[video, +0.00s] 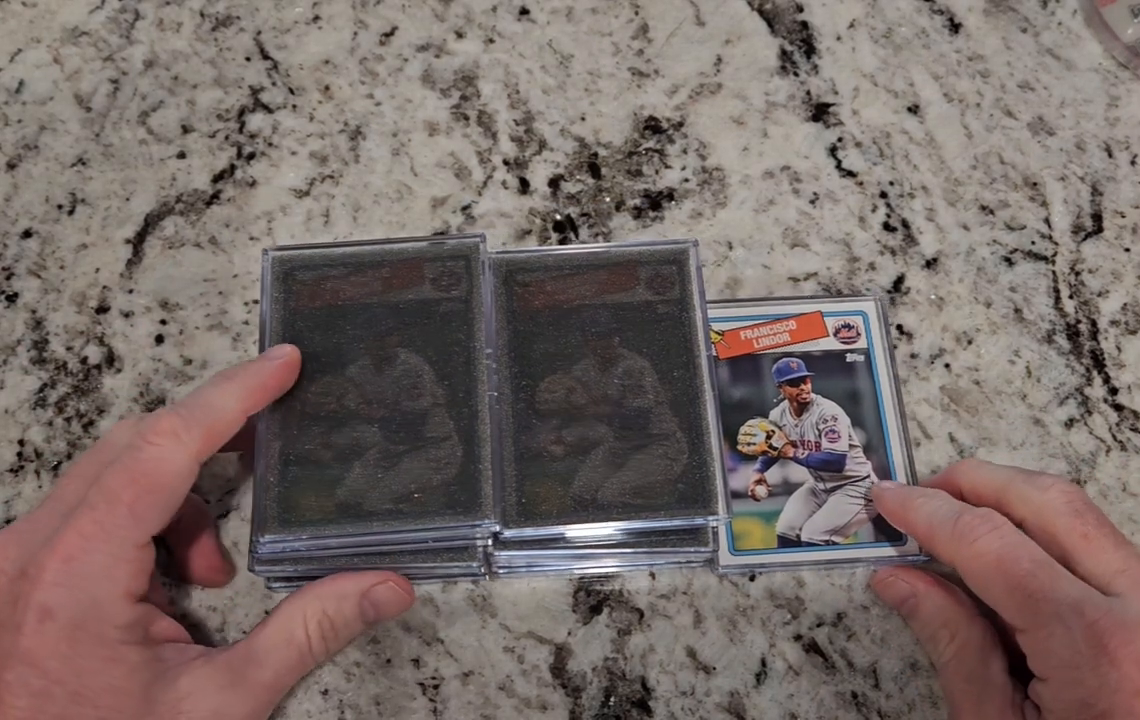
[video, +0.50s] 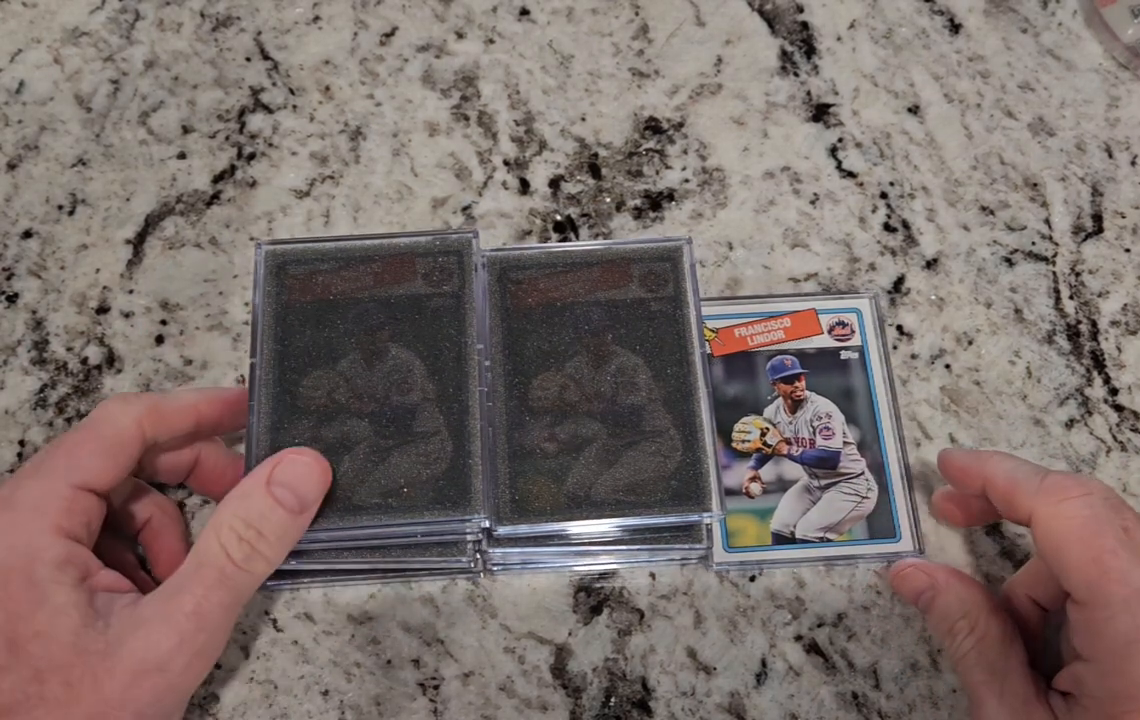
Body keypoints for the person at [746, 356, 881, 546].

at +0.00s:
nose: (803, 387)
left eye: (805, 381)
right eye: (794, 384)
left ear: (810, 380)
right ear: (781, 389)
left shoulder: (829, 413)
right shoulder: (777, 416)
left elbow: (836, 462)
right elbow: (774, 448)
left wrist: (792, 452)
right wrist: (758, 472)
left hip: (856, 487)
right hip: (819, 487)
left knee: (813, 535)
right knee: (787, 531)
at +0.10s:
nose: (797, 385)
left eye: (799, 378)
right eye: (789, 381)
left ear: (804, 378)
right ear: (776, 387)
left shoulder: (824, 410)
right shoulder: (772, 413)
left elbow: (830, 460)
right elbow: (768, 446)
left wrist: (786, 450)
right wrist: (752, 470)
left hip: (852, 486)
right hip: (814, 485)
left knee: (807, 533)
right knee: (781, 529)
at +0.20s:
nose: (797, 385)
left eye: (799, 378)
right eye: (789, 381)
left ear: (804, 378)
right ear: (776, 386)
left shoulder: (823, 410)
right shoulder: (772, 413)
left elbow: (830, 460)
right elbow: (768, 445)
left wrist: (786, 449)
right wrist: (752, 469)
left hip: (852, 485)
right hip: (814, 485)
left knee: (807, 532)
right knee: (780, 528)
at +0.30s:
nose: (797, 385)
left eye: (800, 378)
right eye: (789, 381)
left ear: (804, 378)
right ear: (776, 386)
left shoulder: (823, 410)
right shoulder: (772, 413)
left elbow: (830, 459)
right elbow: (768, 445)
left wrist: (786, 449)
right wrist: (752, 469)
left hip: (852, 485)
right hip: (814, 485)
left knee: (807, 532)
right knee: (781, 528)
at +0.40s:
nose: (798, 385)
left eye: (800, 378)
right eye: (789, 381)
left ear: (804, 377)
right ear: (776, 386)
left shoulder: (823, 410)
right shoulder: (772, 413)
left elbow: (830, 460)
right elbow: (768, 446)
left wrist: (786, 449)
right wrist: (752, 469)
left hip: (852, 485)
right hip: (814, 485)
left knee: (807, 532)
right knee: (781, 529)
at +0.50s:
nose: (798, 385)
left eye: (800, 378)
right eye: (789, 381)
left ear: (804, 377)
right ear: (776, 386)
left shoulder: (824, 410)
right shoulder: (772, 413)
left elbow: (830, 460)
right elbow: (767, 446)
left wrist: (785, 449)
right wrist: (752, 470)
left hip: (853, 485)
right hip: (815, 485)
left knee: (807, 532)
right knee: (781, 529)